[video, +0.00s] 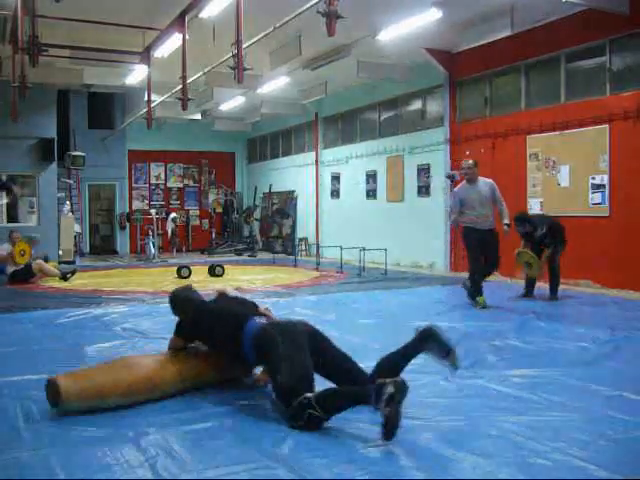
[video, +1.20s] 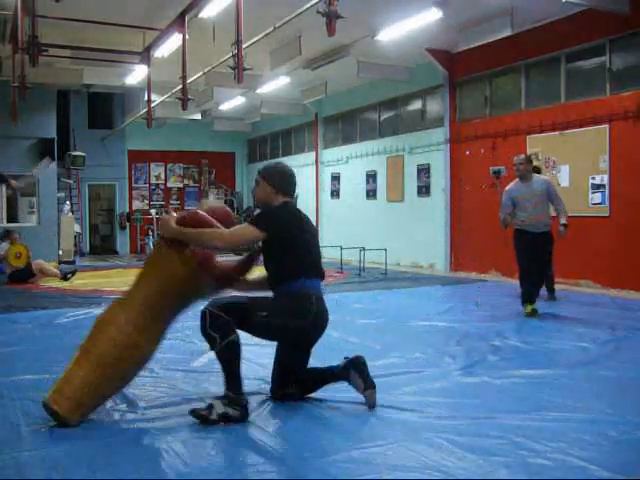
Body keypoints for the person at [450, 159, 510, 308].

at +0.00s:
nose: (466, 172)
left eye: (469, 168)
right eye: (464, 169)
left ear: (476, 170)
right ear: (461, 171)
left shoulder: (489, 184)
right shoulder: (458, 191)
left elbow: (501, 203)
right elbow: (453, 212)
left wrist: (505, 220)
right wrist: (455, 220)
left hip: (489, 228)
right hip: (470, 228)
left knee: (492, 263)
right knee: (476, 263)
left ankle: (472, 282)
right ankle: (477, 295)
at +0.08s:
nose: (470, 171)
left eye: (473, 167)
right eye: (467, 168)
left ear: (479, 168)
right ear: (464, 170)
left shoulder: (492, 183)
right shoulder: (461, 190)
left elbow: (504, 202)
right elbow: (457, 213)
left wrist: (509, 221)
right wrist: (458, 218)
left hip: (492, 227)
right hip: (474, 227)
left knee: (500, 261)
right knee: (476, 263)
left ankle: (485, 284)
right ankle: (477, 295)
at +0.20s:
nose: (473, 170)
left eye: (476, 167)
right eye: (471, 167)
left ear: (483, 168)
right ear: (468, 170)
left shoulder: (496, 183)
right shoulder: (464, 190)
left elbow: (507, 203)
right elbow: (459, 212)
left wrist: (513, 220)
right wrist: (461, 219)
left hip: (496, 227)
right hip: (477, 227)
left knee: (505, 259)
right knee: (478, 263)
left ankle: (501, 290)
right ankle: (478, 296)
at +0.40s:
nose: (481, 170)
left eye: (484, 167)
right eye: (479, 167)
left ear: (492, 168)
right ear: (477, 170)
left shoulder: (505, 184)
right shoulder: (473, 189)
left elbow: (516, 203)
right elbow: (468, 212)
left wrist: (521, 222)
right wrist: (470, 218)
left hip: (505, 228)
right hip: (484, 229)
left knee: (515, 263)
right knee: (482, 266)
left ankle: (523, 294)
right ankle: (479, 296)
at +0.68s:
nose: (499, 170)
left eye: (502, 166)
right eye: (497, 167)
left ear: (510, 167)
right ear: (495, 169)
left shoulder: (526, 184)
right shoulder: (492, 191)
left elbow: (537, 205)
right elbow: (486, 214)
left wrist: (542, 223)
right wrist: (487, 220)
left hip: (525, 230)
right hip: (504, 231)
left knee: (529, 267)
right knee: (497, 264)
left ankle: (528, 299)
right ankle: (485, 293)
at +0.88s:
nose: (509, 169)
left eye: (512, 165)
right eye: (507, 166)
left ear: (521, 167)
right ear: (505, 169)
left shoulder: (536, 183)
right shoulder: (502, 190)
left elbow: (550, 204)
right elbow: (496, 213)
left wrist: (555, 221)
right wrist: (497, 220)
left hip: (535, 229)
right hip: (514, 229)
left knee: (534, 266)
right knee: (512, 264)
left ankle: (529, 300)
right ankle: (505, 293)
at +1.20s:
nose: (518, 168)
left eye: (521, 164)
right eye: (515, 165)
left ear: (530, 166)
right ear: (514, 168)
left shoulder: (544, 183)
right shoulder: (510, 190)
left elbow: (558, 204)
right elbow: (504, 215)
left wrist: (562, 222)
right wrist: (506, 218)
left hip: (543, 231)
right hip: (523, 231)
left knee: (541, 269)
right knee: (526, 268)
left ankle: (531, 300)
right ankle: (527, 303)